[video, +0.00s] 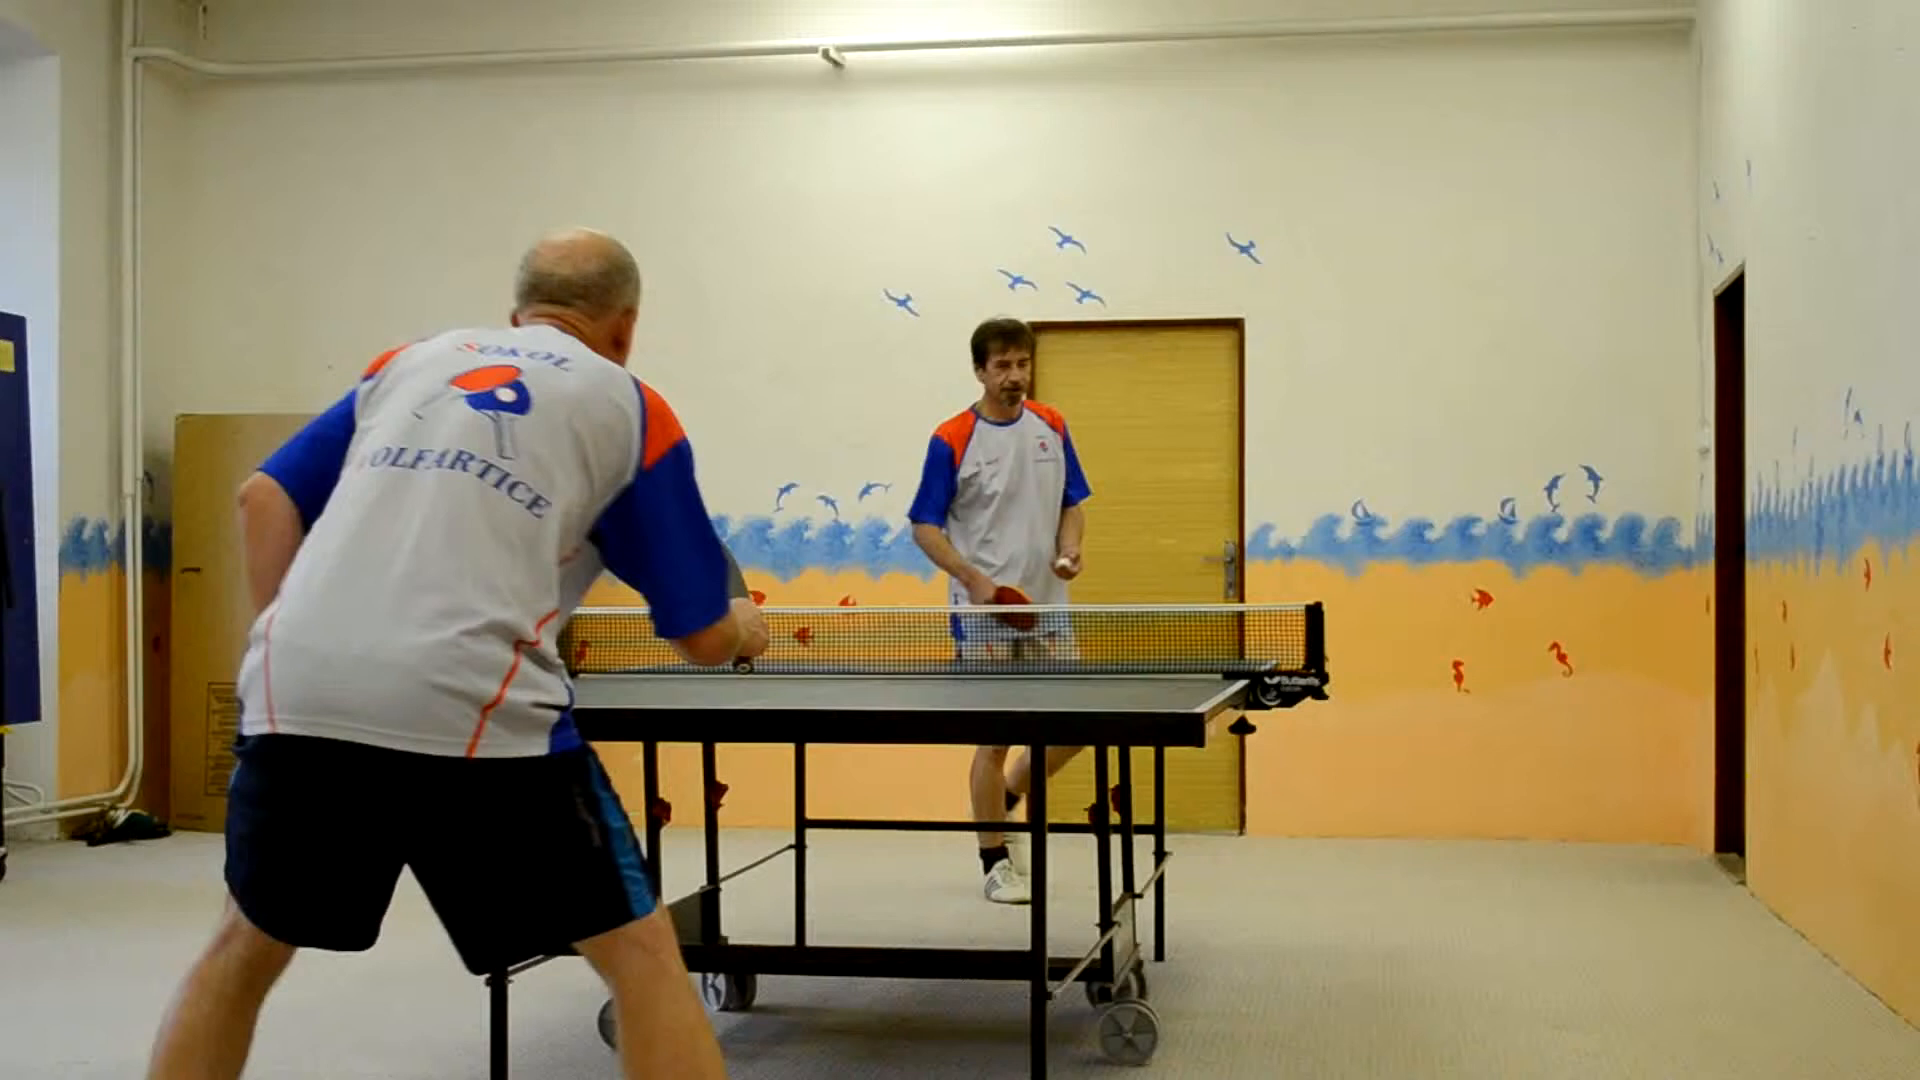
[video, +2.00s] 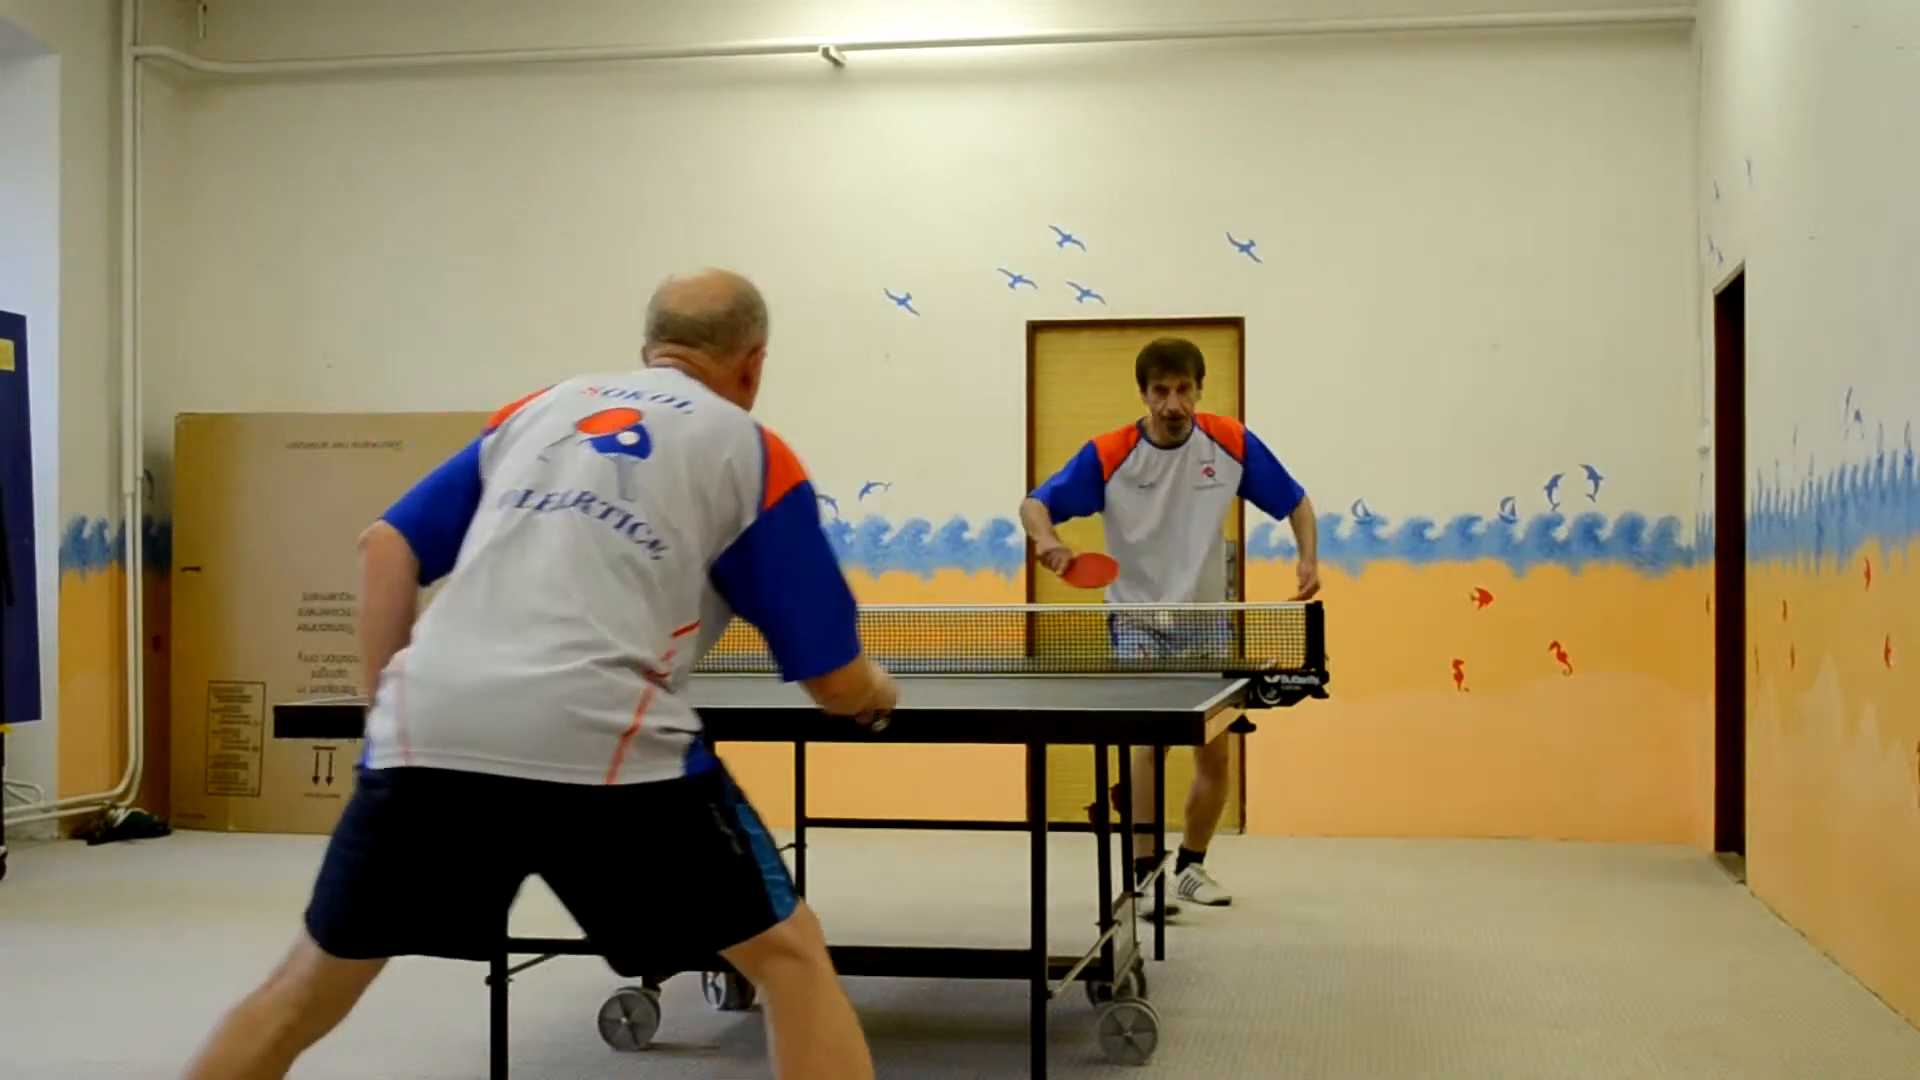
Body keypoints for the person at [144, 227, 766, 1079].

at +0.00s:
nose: (633, 343)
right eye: (634, 329)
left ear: (521, 310)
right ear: (622, 328)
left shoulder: (404, 364)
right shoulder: (630, 408)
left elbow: (269, 494)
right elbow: (707, 635)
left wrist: (288, 651)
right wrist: (742, 627)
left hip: (298, 700)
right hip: (481, 714)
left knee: (242, 948)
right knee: (640, 956)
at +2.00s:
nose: (761, 377)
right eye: (762, 364)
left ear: (645, 346)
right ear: (749, 362)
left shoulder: (533, 414)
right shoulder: (750, 453)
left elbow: (390, 545)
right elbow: (837, 681)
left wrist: (390, 715)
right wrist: (874, 692)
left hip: (427, 747)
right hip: (614, 754)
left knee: (300, 989)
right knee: (790, 964)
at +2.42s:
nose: (823, 361)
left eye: (826, 342)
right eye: (825, 343)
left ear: (714, 308)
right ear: (803, 340)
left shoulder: (574, 366)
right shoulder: (795, 471)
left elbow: (388, 437)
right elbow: (884, 637)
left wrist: (302, 494)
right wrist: (1012, 653)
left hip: (472, 746)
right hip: (657, 759)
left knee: (385, 981)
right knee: (810, 889)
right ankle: (871, 1078)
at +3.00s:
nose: (849, 407)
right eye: (851, 394)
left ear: (738, 371)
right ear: (841, 401)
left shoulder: (636, 438)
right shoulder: (868, 525)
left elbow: (442, 501)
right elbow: (975, 643)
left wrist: (333, 571)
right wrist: (1048, 641)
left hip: (561, 806)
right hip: (739, 822)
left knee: (405, 999)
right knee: (863, 963)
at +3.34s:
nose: (742, 361)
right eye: (742, 346)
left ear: (623, 326)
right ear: (731, 350)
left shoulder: (512, 400)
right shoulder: (743, 473)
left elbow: (327, 503)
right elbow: (863, 648)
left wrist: (248, 583)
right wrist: (974, 687)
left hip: (407, 754)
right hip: (593, 783)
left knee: (276, 956)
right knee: (740, 970)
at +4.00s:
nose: (649, 145)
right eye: (652, 128)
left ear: (519, 143)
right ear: (647, 138)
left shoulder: (439, 291)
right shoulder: (704, 309)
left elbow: (348, 483)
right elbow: (856, 498)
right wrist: (1007, 552)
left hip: (483, 728)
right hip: (674, 726)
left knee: (423, 956)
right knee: (820, 965)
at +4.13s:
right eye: (685, 114)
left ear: (560, 131)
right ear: (694, 123)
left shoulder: (476, 277)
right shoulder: (760, 288)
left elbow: (328, 471)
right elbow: (909, 491)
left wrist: (337, 381)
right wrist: (1046, 572)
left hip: (511, 722)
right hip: (706, 725)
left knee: (438, 986)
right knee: (762, 1027)